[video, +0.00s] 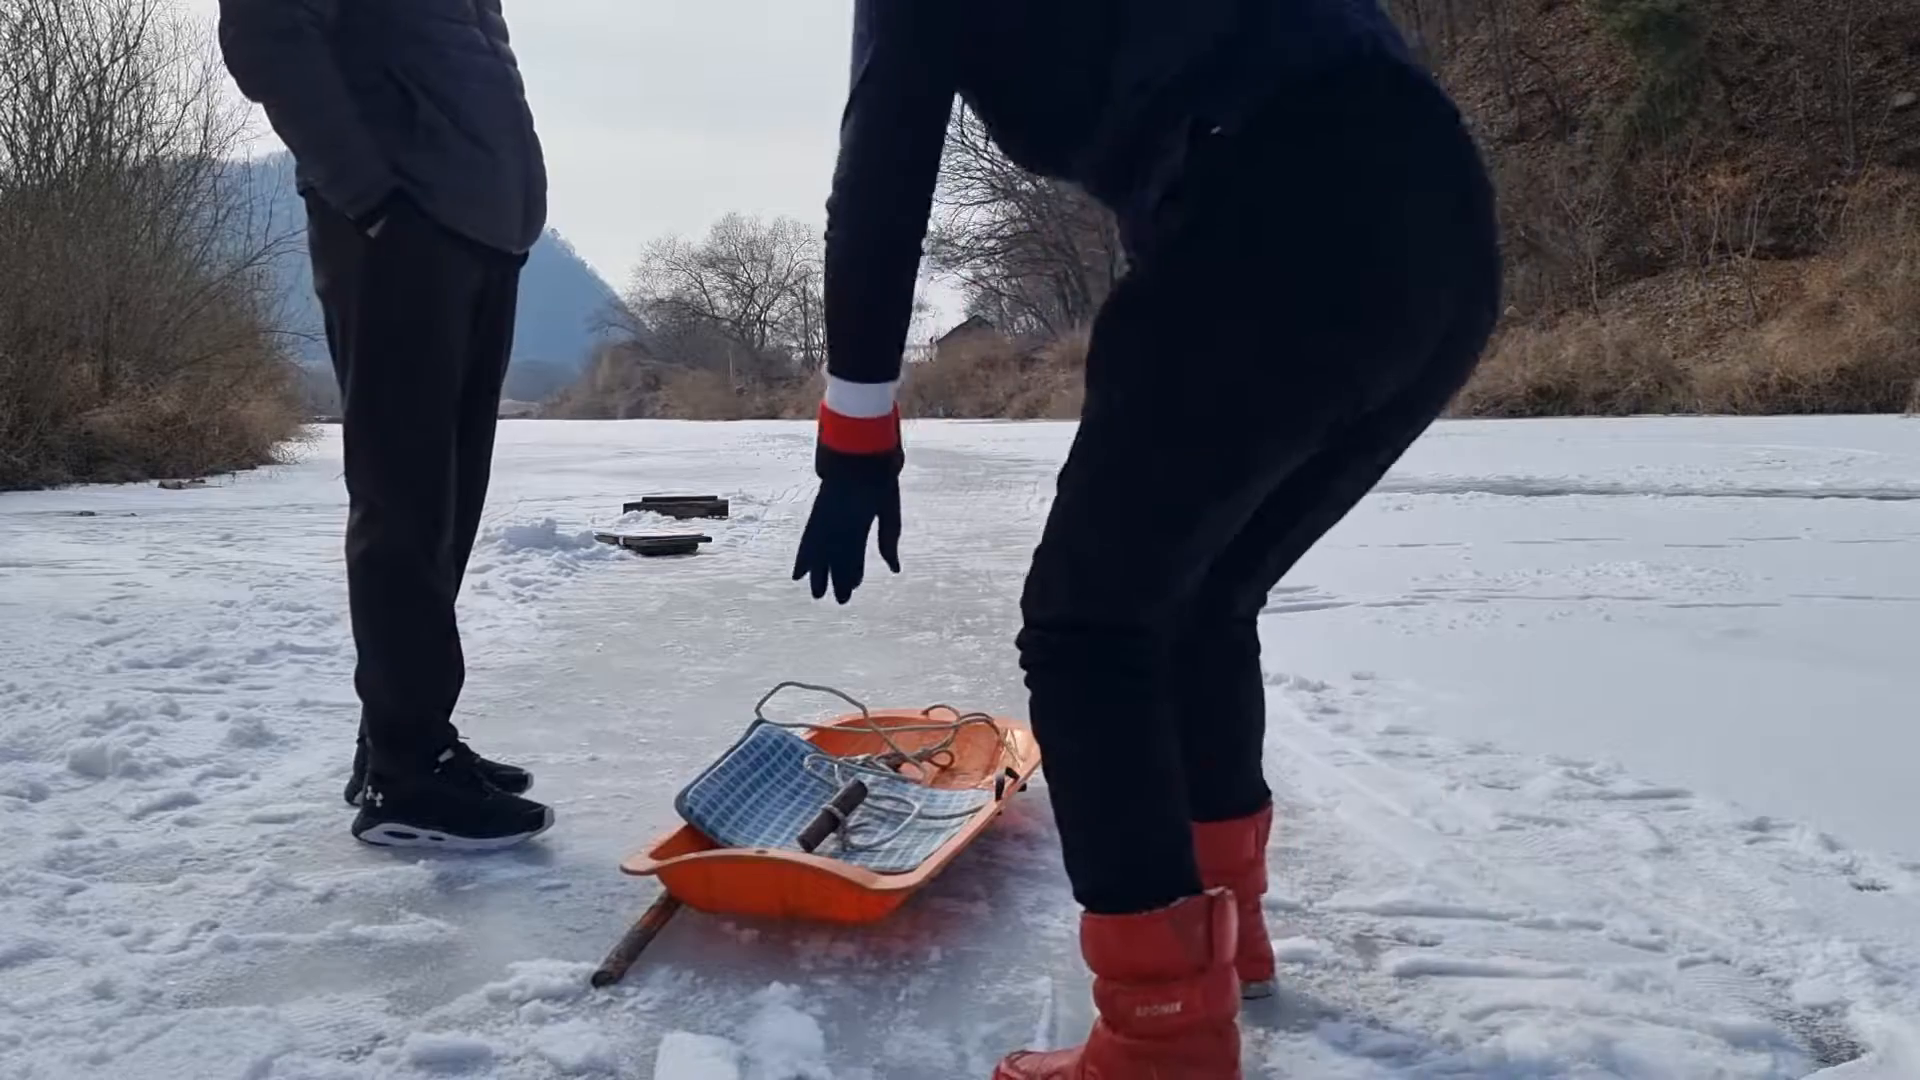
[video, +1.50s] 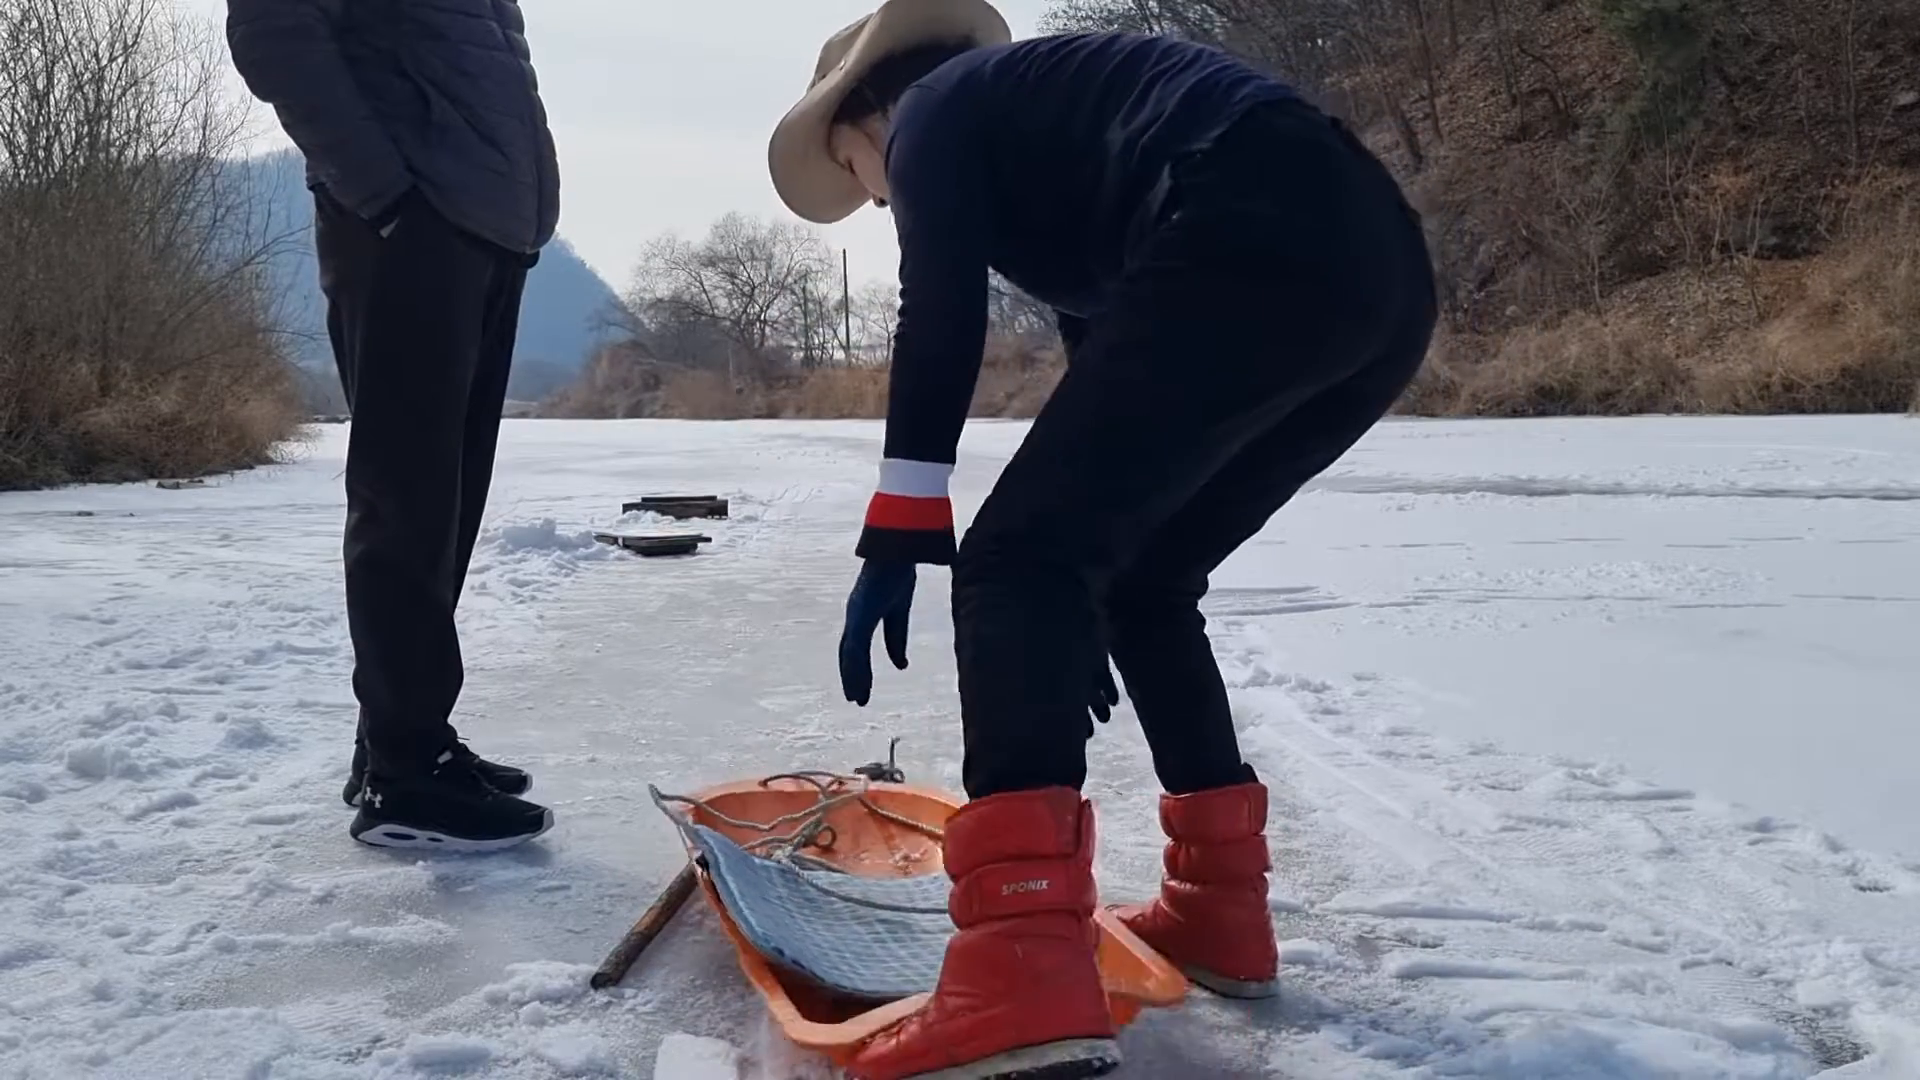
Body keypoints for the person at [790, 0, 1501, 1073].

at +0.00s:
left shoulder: (920, 5)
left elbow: (877, 202)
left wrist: (855, 440)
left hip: (1269, 244)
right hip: (1441, 233)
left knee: (1084, 625)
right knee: (1209, 594)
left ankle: (1160, 1029)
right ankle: (1226, 924)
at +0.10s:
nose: (854, 115)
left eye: (850, 92)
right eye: (840, 102)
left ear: (869, 41)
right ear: (943, 11)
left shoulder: (904, 82)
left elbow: (855, 329)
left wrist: (828, 564)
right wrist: (1037, 566)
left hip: (1316, 274)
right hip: (1451, 279)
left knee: (1086, 622)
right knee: (1187, 596)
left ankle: (1163, 1033)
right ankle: (1226, 924)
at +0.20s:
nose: (842, 274)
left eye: (833, 244)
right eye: (830, 258)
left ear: (856, 201)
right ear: (941, 151)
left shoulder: (896, 227)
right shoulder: (1065, 247)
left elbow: (847, 471)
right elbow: (1029, 478)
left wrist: (814, 680)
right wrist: (960, 643)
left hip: (1351, 305)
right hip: (1466, 309)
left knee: (1102, 637)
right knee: (1192, 606)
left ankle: (1166, 1030)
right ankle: (1227, 920)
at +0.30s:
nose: (841, 375)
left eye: (833, 351)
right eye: (828, 357)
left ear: (855, 320)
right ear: (920, 270)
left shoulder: (902, 336)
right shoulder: (1049, 337)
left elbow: (855, 564)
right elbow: (995, 550)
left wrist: (824, 760)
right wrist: (916, 688)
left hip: (1361, 325)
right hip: (1461, 318)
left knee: (1106, 646)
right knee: (1194, 621)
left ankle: (1168, 1031)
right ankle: (1228, 925)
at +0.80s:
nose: (857, 340)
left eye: (845, 313)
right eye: (839, 322)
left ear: (869, 265)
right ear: (923, 230)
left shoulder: (931, 302)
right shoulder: (1044, 271)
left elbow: (945, 564)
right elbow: (1123, 446)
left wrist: (942, 789)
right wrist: (1023, 572)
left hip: (1363, 303)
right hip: (1446, 296)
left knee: (1138, 647)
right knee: (1206, 623)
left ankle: (1174, 1031)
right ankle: (1228, 918)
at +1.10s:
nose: (879, 254)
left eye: (866, 231)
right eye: (864, 242)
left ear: (876, 181)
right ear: (946, 133)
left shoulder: (941, 196)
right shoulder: (1048, 178)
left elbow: (970, 426)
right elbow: (1055, 381)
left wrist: (974, 655)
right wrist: (963, 459)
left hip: (1330, 275)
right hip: (1438, 278)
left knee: (1144, 634)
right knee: (1209, 616)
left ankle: (1174, 1027)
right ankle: (1234, 926)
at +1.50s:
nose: (873, 190)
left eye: (858, 160)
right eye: (855, 176)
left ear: (876, 105)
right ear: (950, 76)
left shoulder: (934, 117)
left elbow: (939, 322)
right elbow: (1105, 354)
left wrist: (894, 541)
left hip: (1246, 247)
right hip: (1386, 282)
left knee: (1019, 557)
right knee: (1150, 578)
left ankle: (1022, 950)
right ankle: (1221, 904)